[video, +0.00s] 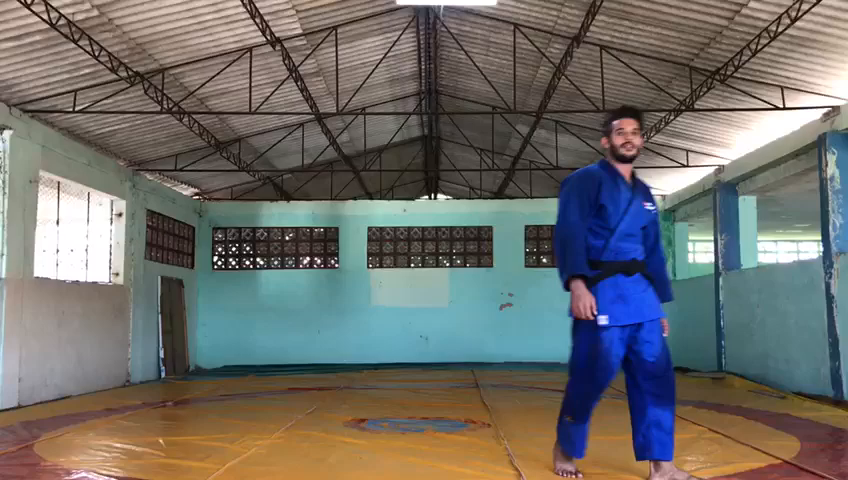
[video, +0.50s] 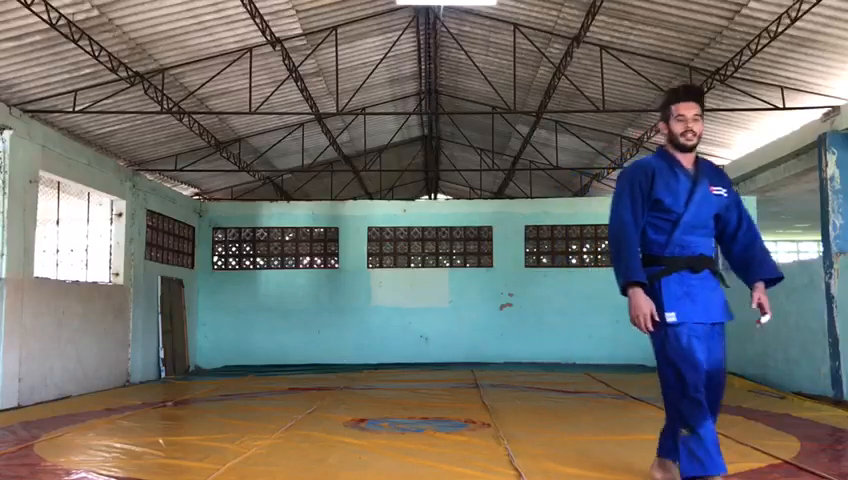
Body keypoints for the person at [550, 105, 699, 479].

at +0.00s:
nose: (629, 138)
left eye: (635, 133)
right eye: (621, 132)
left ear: (641, 141)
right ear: (606, 140)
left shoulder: (645, 194)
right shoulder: (584, 181)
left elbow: (653, 253)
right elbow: (568, 234)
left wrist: (657, 307)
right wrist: (577, 284)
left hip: (640, 285)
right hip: (600, 286)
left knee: (655, 372)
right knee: (593, 372)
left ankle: (660, 464)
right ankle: (565, 449)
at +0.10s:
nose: (644, 133)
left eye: (650, 127)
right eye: (636, 126)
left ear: (658, 136)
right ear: (621, 134)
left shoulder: (660, 187)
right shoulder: (598, 175)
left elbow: (671, 248)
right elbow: (582, 229)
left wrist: (678, 301)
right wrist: (591, 282)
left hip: (658, 283)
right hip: (617, 284)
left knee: (665, 372)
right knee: (621, 366)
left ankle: (661, 463)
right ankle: (580, 433)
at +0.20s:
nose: (656, 129)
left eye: (663, 123)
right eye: (648, 123)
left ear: (670, 131)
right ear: (634, 130)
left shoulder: (676, 184)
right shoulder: (609, 174)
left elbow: (691, 242)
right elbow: (593, 228)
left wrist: (705, 292)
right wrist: (605, 281)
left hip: (669, 279)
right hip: (628, 280)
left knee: (676, 369)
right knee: (642, 365)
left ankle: (663, 461)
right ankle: (615, 441)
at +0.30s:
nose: (668, 125)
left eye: (674, 118)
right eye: (659, 119)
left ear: (681, 126)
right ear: (644, 127)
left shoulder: (689, 180)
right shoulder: (621, 171)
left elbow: (709, 235)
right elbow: (604, 227)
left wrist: (728, 288)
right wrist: (615, 281)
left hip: (677, 276)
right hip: (638, 277)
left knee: (684, 366)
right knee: (659, 362)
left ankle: (669, 462)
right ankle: (660, 463)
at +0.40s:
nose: (678, 124)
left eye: (684, 117)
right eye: (668, 118)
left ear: (692, 124)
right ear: (654, 126)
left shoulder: (704, 178)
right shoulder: (632, 171)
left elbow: (726, 234)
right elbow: (613, 229)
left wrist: (748, 285)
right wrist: (624, 284)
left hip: (691, 277)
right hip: (649, 278)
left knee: (690, 374)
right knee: (675, 370)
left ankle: (663, 465)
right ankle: (701, 468)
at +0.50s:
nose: (689, 126)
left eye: (695, 119)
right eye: (680, 119)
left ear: (702, 124)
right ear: (663, 125)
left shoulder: (714, 176)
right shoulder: (641, 172)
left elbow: (739, 231)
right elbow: (622, 233)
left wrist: (757, 280)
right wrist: (633, 288)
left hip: (707, 280)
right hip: (665, 282)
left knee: (710, 376)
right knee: (689, 379)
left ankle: (666, 460)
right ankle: (709, 470)